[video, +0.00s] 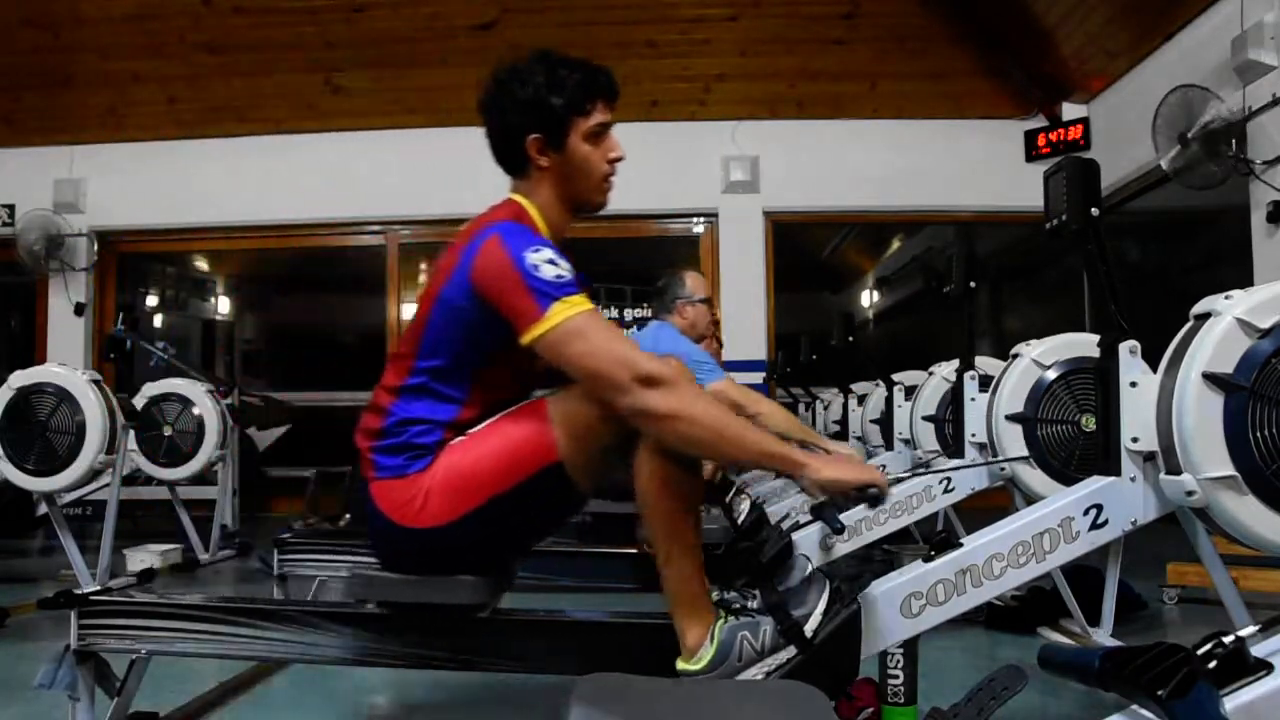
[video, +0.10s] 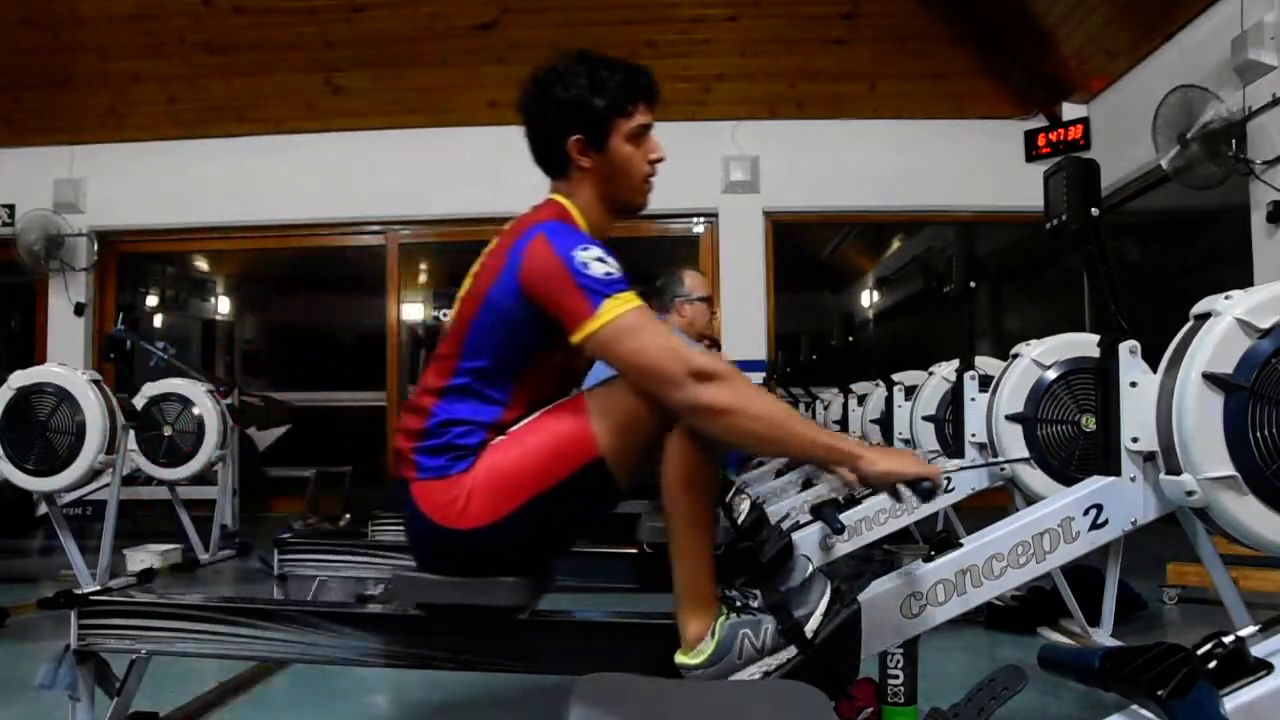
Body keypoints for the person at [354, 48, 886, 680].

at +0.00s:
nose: (618, 153)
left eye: (613, 134)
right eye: (599, 136)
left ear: (549, 154)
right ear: (541, 152)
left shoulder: (527, 244)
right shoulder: (509, 247)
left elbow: (633, 377)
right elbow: (643, 386)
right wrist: (802, 466)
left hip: (440, 487)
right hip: (414, 501)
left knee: (644, 387)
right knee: (640, 398)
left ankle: (698, 617)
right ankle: (700, 640)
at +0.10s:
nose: (659, 154)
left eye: (653, 134)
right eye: (639, 136)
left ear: (589, 153)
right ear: (582, 151)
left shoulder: (565, 241)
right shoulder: (554, 245)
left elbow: (681, 371)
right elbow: (692, 383)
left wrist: (837, 452)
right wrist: (856, 456)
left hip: (476, 490)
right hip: (457, 503)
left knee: (680, 380)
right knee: (679, 392)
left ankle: (704, 613)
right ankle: (701, 631)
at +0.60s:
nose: (665, 147)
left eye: (658, 127)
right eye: (645, 130)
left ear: (596, 148)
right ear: (590, 147)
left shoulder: (582, 233)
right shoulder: (571, 240)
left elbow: (721, 343)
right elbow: (728, 366)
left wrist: (865, 409)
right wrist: (887, 415)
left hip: (487, 487)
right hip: (468, 501)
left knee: (664, 355)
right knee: (699, 375)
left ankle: (718, 525)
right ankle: (702, 626)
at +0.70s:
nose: (595, 138)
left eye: (591, 120)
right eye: (576, 121)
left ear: (528, 140)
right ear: (519, 135)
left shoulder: (513, 228)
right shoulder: (503, 232)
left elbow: (611, 359)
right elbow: (642, 373)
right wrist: (808, 415)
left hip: (431, 477)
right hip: (405, 493)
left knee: (643, 370)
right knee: (645, 386)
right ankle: (702, 630)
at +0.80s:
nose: (510, 124)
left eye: (505, 107)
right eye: (488, 110)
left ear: (440, 129)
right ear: (431, 129)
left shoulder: (447, 228)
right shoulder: (421, 225)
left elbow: (537, 357)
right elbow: (551, 365)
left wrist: (701, 398)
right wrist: (722, 398)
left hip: (376, 475)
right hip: (341, 487)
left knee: (584, 394)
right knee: (590, 413)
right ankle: (702, 636)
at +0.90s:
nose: (415, 117)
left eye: (411, 99)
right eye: (392, 101)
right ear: (334, 121)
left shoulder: (382, 231)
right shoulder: (331, 215)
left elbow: (468, 361)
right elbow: (461, 340)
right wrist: (626, 374)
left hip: (326, 473)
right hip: (279, 485)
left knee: (544, 429)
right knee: (539, 439)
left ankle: (701, 613)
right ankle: (704, 641)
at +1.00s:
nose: (323, 115)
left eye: (320, 99)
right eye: (299, 99)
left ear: (310, 113)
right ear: (240, 117)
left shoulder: (303, 235)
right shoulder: (235, 215)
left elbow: (397, 342)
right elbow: (360, 334)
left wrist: (527, 365)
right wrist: (532, 364)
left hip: (269, 467)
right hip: (225, 480)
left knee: (513, 477)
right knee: (493, 482)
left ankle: (711, 620)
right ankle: (704, 644)